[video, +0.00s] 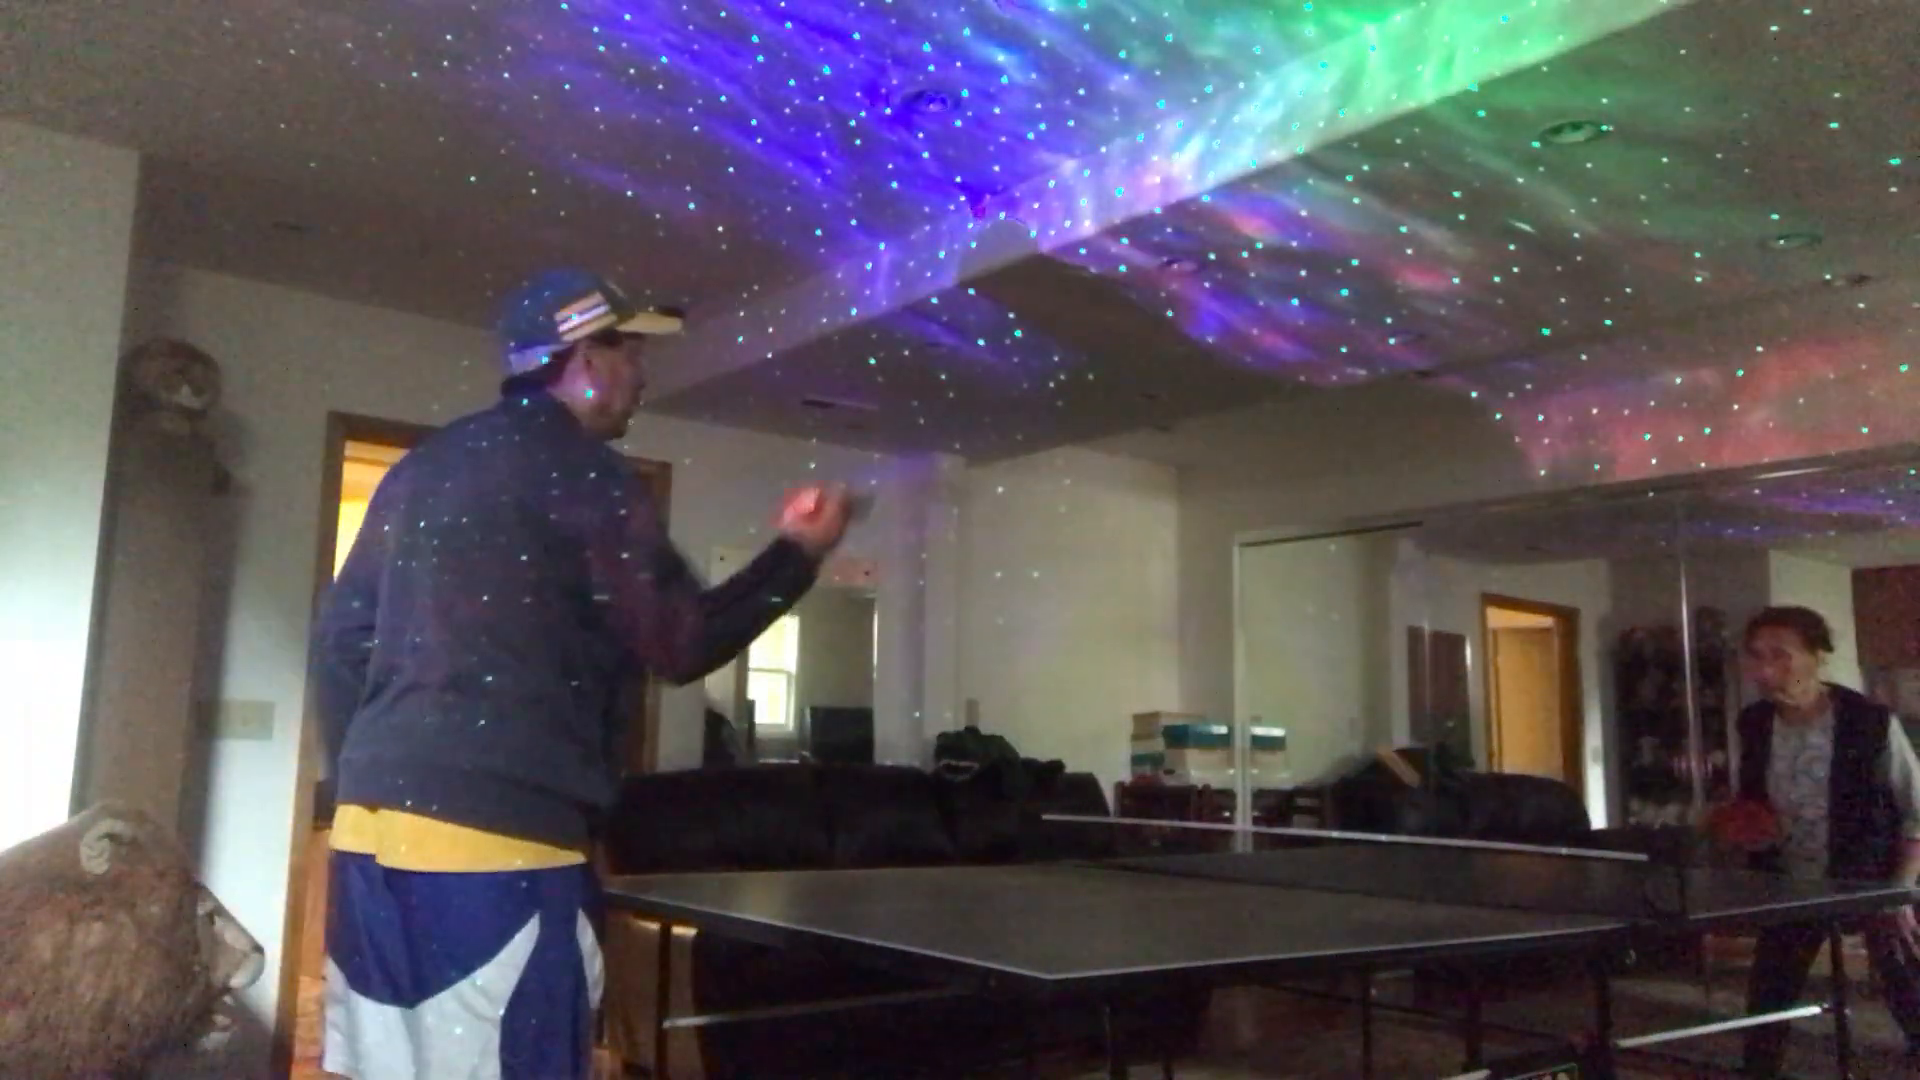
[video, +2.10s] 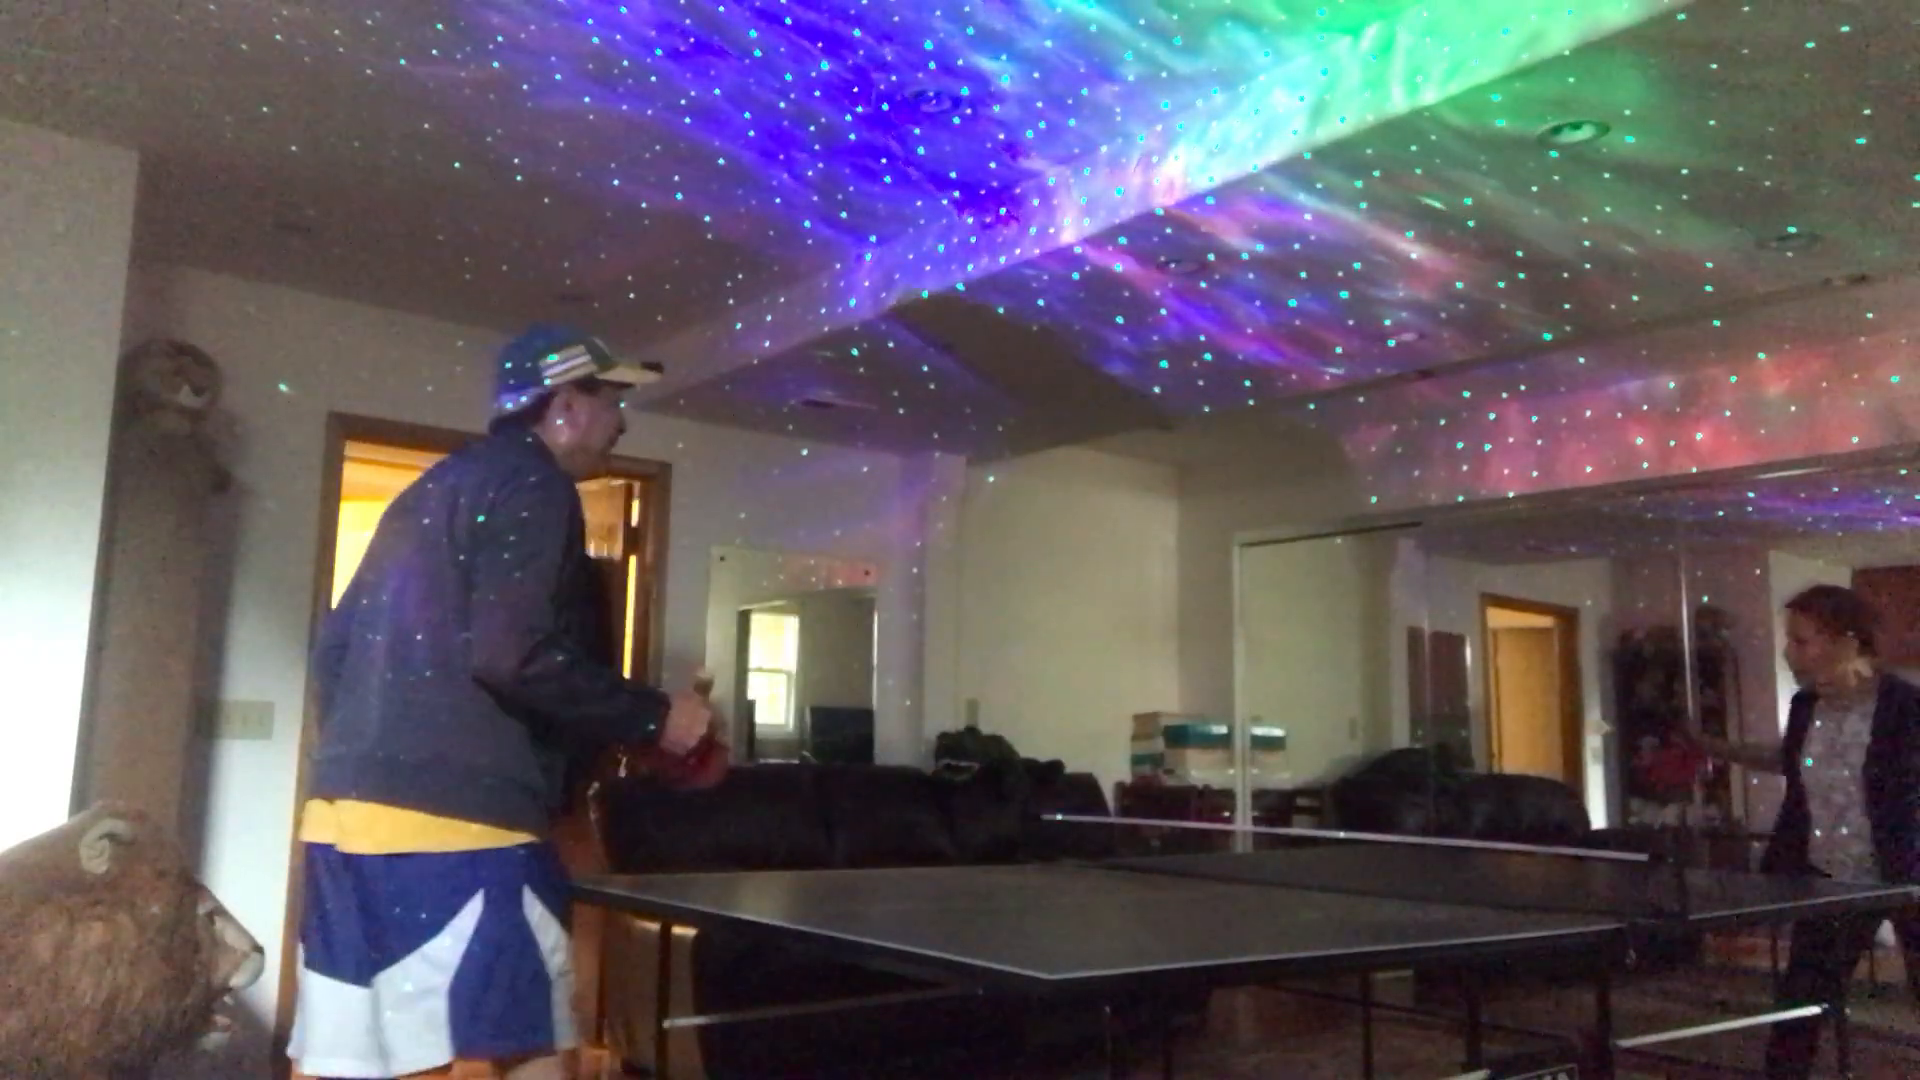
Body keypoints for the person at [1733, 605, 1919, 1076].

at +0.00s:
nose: (1765, 671)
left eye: (1778, 655)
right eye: (1757, 658)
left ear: (1817, 658)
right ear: (1750, 664)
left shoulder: (1871, 722)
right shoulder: (1752, 725)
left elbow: (1913, 812)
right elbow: (1747, 808)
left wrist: (1903, 894)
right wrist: (1742, 828)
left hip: (1869, 888)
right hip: (1790, 889)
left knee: (1908, 993)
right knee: (1766, 1002)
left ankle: (1918, 1053)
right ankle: (1758, 1072)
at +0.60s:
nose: (1814, 690)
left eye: (1829, 678)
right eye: (1800, 677)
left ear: (1859, 683)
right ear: (1784, 683)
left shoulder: (1889, 722)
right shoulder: (1787, 735)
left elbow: (1913, 776)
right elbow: (1752, 768)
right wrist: (1711, 785)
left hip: (1895, 869)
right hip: (1819, 873)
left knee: (1913, 974)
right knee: (1808, 979)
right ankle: (1786, 1053)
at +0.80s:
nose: (1784, 712)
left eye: (1801, 698)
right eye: (1774, 697)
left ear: (1835, 700)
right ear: (1760, 696)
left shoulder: (1873, 733)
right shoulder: (1756, 743)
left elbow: (1900, 790)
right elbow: (1690, 802)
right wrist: (1673, 806)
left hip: (1878, 873)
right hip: (1794, 879)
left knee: (1906, 979)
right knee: (1788, 987)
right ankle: (1768, 1069)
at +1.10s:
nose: (1777, 703)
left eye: (1792, 691)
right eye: (1769, 689)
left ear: (1830, 694)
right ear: (1757, 690)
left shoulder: (1877, 736)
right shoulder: (1746, 746)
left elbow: (1908, 811)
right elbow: (1706, 816)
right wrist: (1719, 840)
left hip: (1868, 871)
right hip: (1785, 876)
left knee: (1908, 957)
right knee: (1788, 966)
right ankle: (1776, 1063)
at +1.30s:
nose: (1797, 681)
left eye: (1813, 667)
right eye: (1789, 667)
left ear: (1857, 675)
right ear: (1780, 675)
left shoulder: (1900, 726)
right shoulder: (1779, 738)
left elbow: (1912, 811)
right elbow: (1782, 810)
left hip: (1896, 879)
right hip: (1819, 884)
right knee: (1807, 983)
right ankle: (1795, 1065)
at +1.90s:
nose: (1773, 665)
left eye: (1784, 648)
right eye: (1768, 652)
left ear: (1827, 645)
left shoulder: (1888, 706)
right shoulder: (1787, 711)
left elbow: (1909, 797)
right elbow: (1769, 796)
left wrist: (1897, 873)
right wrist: (1763, 868)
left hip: (1886, 882)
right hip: (1806, 885)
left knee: (1914, 998)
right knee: (1786, 1006)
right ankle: (1776, 1070)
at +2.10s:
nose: (1788, 652)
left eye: (1800, 640)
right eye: (1789, 639)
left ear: (1843, 640)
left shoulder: (1903, 703)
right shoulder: (1805, 706)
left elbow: (1911, 797)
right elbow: (1787, 762)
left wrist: (1906, 885)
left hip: (1900, 882)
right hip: (1828, 886)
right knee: (1798, 1004)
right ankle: (1783, 1072)